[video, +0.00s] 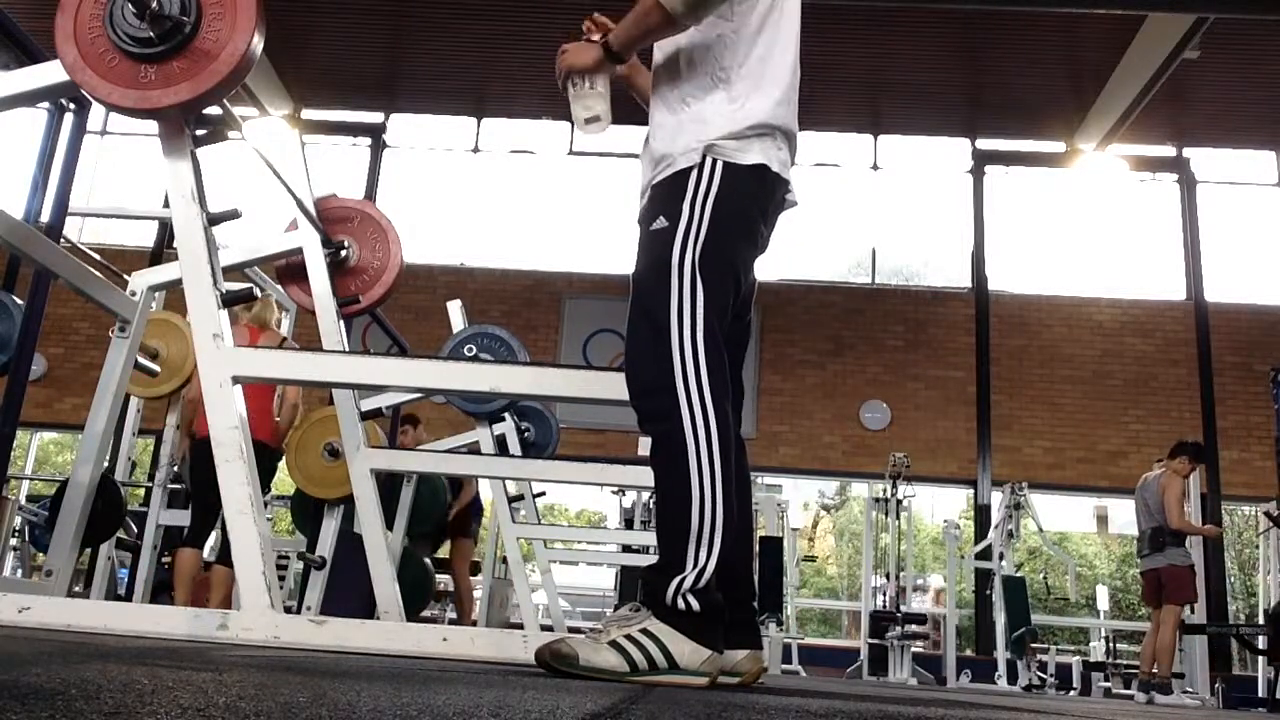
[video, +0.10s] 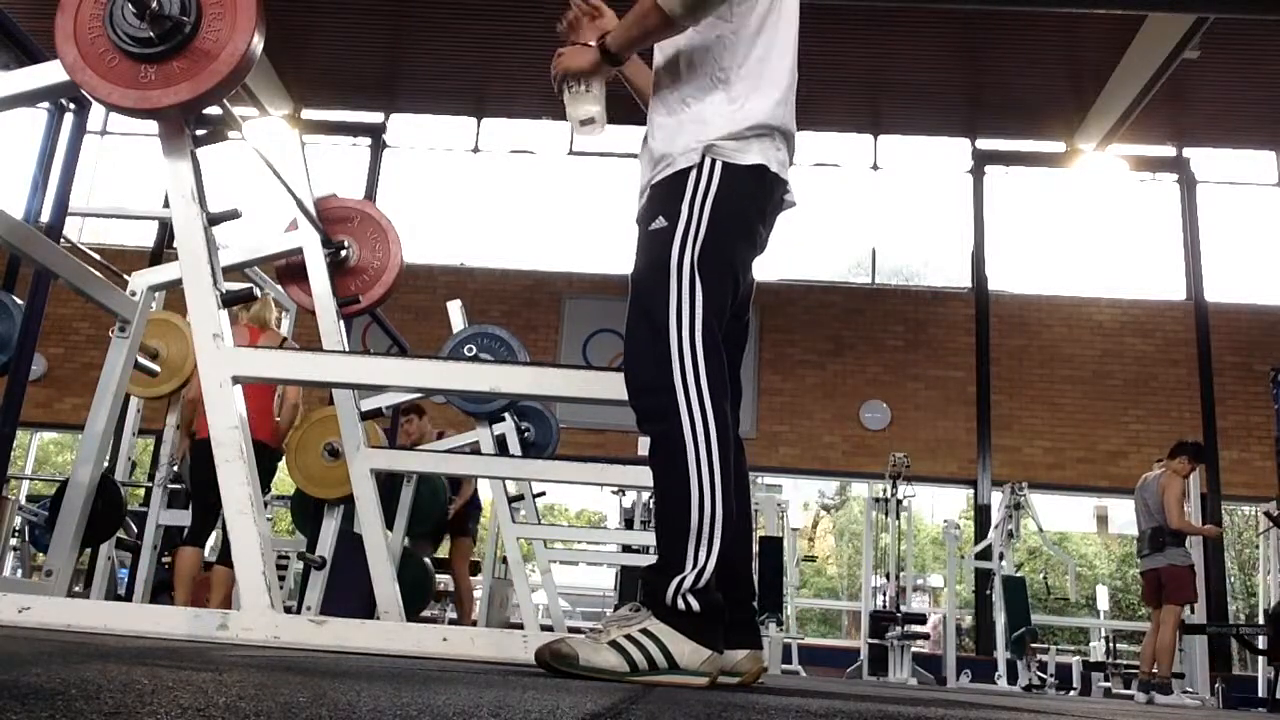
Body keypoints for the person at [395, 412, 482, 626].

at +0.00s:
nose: (399, 441)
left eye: (404, 433)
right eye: (396, 435)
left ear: (419, 430)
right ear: (392, 437)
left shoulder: (442, 454)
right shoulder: (404, 463)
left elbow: (470, 486)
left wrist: (454, 509)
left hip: (464, 505)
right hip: (435, 506)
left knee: (459, 566)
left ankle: (465, 624)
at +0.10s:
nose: (407, 429)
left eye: (410, 421)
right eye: (402, 425)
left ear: (425, 419)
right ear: (399, 430)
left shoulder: (449, 440)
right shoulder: (407, 453)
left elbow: (470, 478)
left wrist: (457, 502)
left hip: (462, 501)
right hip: (428, 504)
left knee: (458, 564)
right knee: (414, 557)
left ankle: (465, 625)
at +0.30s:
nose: (414, 415)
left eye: (419, 409)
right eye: (409, 411)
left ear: (431, 411)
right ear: (404, 416)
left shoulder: (450, 437)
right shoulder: (407, 442)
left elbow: (466, 475)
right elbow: (397, 470)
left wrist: (459, 502)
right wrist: (402, 436)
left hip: (454, 502)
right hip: (422, 504)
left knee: (459, 566)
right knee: (412, 560)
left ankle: (466, 625)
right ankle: (404, 619)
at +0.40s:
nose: (416, 413)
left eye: (422, 407)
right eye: (411, 409)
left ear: (434, 410)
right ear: (407, 414)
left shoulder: (451, 437)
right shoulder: (404, 440)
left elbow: (466, 477)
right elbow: (394, 472)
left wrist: (460, 502)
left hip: (451, 504)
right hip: (416, 504)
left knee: (457, 566)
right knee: (407, 559)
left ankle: (464, 625)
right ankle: (399, 617)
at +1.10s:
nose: (451, 408)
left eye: (457, 404)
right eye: (448, 401)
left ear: (463, 409)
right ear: (438, 400)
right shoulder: (408, 436)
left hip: (456, 514)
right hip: (416, 515)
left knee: (469, 568)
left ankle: (476, 623)